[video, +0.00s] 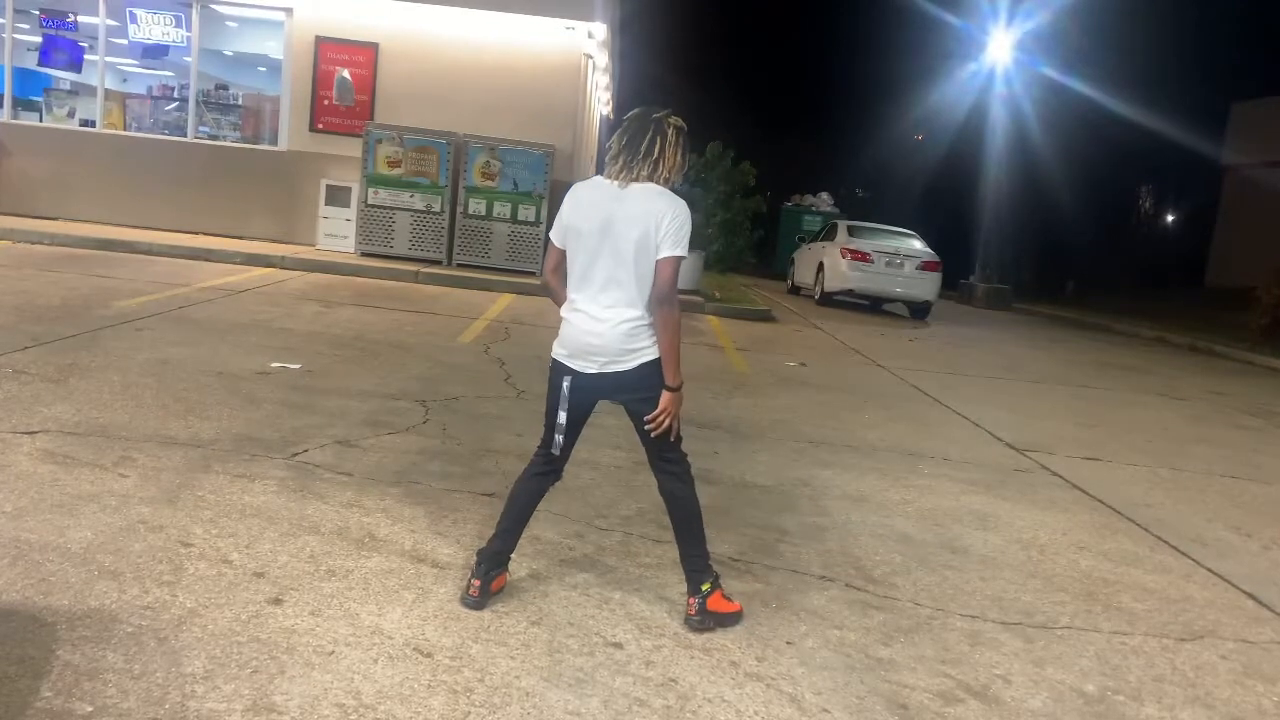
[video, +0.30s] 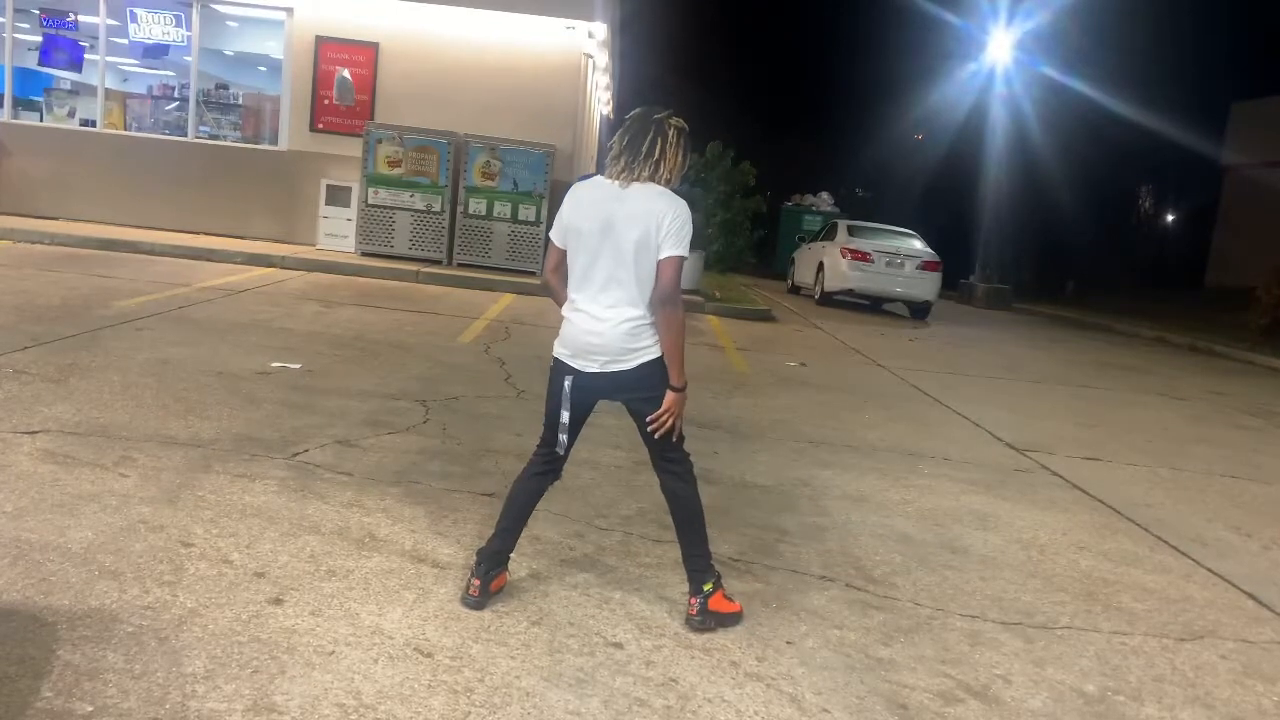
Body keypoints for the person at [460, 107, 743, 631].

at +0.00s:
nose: (680, 163)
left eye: (680, 156)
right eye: (678, 155)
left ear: (620, 144)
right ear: (666, 154)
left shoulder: (579, 194)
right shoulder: (670, 207)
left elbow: (552, 272)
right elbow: (663, 295)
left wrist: (580, 315)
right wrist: (672, 383)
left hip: (573, 360)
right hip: (637, 365)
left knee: (545, 462)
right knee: (671, 468)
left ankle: (485, 572)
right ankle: (702, 591)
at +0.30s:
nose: (680, 163)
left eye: (680, 155)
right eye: (678, 154)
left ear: (621, 143)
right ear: (667, 153)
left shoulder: (579, 193)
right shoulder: (671, 207)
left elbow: (553, 271)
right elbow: (666, 297)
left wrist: (581, 314)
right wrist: (676, 383)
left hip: (574, 360)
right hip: (639, 364)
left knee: (545, 460)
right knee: (674, 467)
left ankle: (485, 571)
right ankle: (704, 590)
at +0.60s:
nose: (675, 160)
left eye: (675, 152)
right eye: (673, 151)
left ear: (615, 146)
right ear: (663, 152)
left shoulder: (578, 197)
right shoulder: (672, 205)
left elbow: (551, 276)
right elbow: (698, 289)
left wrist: (584, 318)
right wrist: (726, 366)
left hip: (579, 359)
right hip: (643, 361)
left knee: (548, 459)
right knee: (677, 465)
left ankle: (486, 571)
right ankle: (705, 590)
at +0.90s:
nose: (663, 169)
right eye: (661, 160)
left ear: (606, 150)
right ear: (653, 161)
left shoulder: (562, 198)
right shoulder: (657, 213)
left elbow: (540, 281)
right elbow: (715, 267)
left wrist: (567, 319)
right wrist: (787, 306)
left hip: (571, 362)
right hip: (637, 361)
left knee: (543, 460)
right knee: (669, 462)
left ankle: (514, 575)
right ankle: (706, 585)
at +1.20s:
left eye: (606, 157)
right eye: (671, 173)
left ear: (610, 164)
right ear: (661, 175)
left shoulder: (584, 207)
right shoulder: (667, 234)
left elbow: (491, 237)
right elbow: (692, 311)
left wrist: (522, 289)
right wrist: (713, 392)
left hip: (537, 358)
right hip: (571, 365)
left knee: (505, 455)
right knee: (463, 324)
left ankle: (526, 568)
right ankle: (349, 311)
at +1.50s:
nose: (616, 131)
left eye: (622, 126)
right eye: (622, 129)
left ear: (628, 134)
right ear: (672, 150)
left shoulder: (605, 170)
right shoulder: (674, 204)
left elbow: (536, 142)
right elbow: (678, 249)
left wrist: (466, 96)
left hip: (581, 342)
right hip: (635, 345)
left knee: (513, 431)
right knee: (603, 416)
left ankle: (525, 562)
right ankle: (680, 493)